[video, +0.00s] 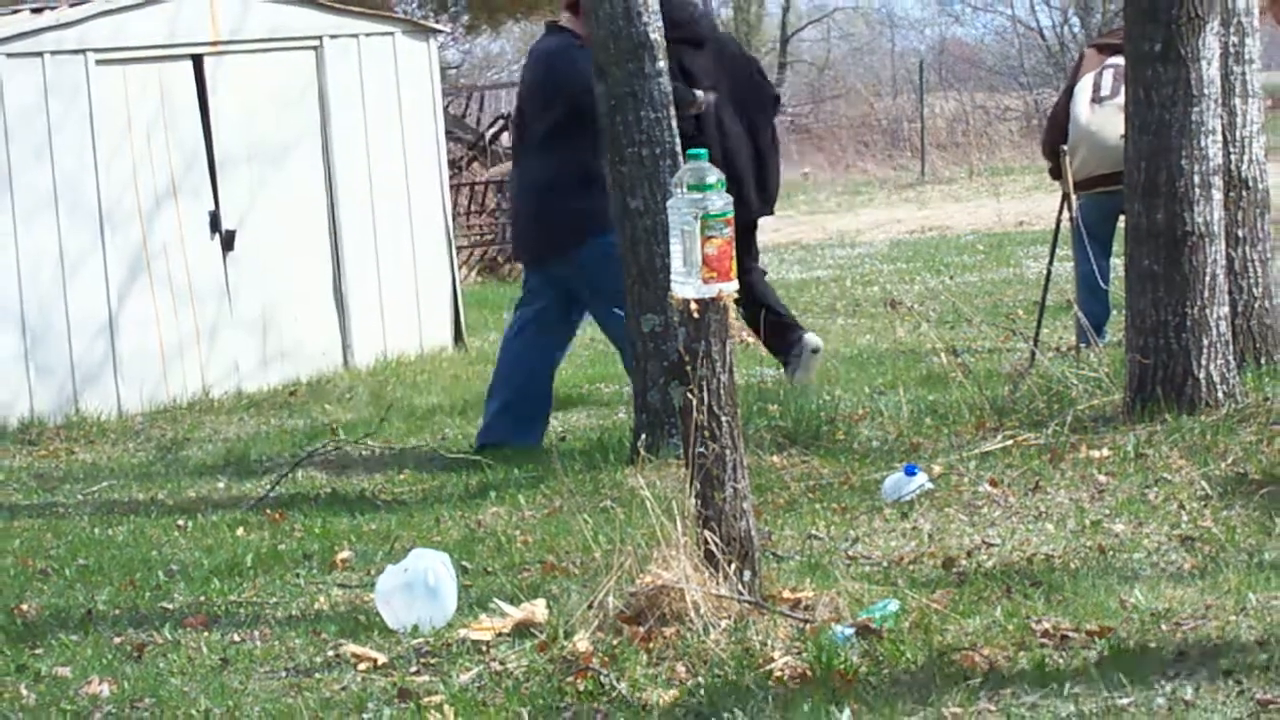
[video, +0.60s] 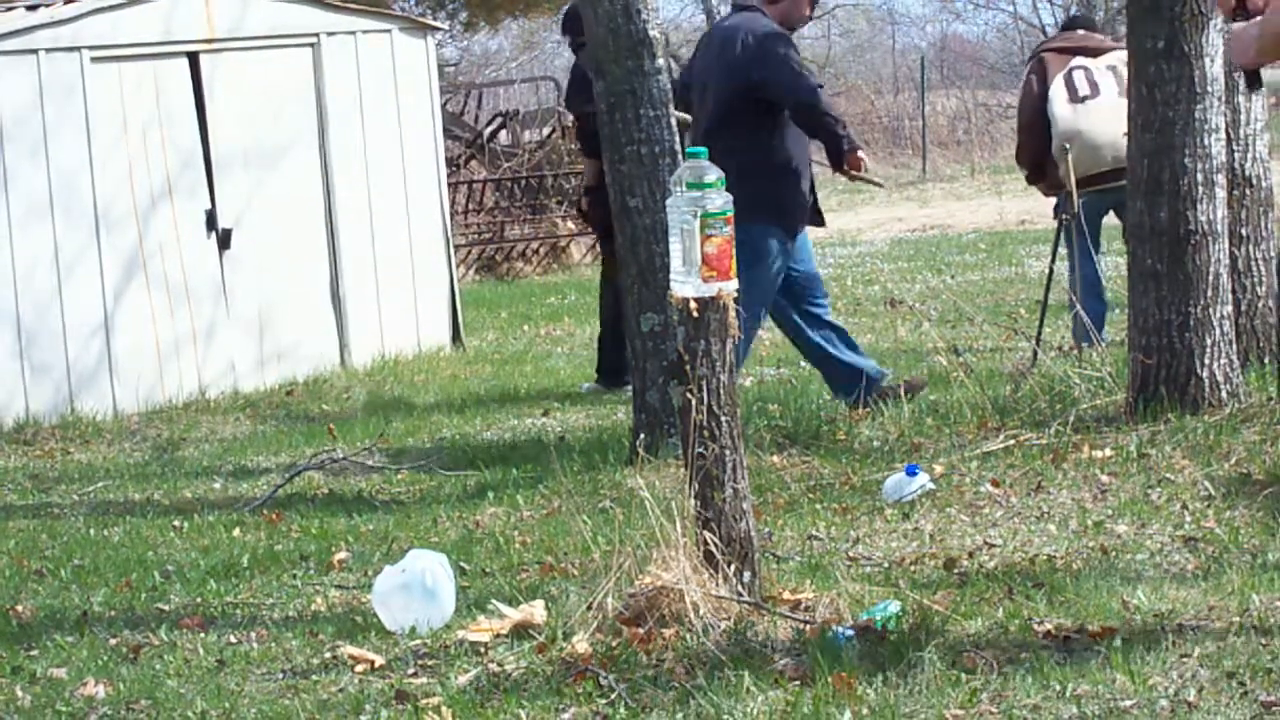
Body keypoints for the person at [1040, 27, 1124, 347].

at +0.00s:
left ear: (1115, 26)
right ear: (1148, 24)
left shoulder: (1091, 56)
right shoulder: (1163, 51)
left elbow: (1060, 117)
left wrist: (1058, 163)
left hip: (1095, 173)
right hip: (1150, 174)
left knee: (1091, 254)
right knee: (1154, 256)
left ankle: (1090, 341)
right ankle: (1157, 340)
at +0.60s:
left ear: (1059, 33)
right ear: (1097, 30)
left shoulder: (1044, 61)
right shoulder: (1122, 53)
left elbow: (1030, 126)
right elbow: (1149, 106)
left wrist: (1043, 177)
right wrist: (1147, 157)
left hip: (1080, 178)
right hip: (1133, 170)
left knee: (1083, 259)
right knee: (1150, 254)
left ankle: (1089, 339)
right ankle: (1162, 334)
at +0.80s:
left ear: (1037, 35)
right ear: (1073, 30)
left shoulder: (1026, 62)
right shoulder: (1108, 51)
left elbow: (1018, 129)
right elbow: (1140, 101)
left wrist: (1036, 183)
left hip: (1072, 177)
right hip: (1126, 166)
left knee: (1079, 264)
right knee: (1148, 250)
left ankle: (1088, 342)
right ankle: (1169, 328)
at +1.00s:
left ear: (1021, 38)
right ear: (1058, 30)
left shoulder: (1016, 65)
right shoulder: (1093, 50)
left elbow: (1014, 132)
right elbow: (1130, 96)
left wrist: (1025, 181)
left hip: (1064, 177)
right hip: (1120, 163)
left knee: (1075, 255)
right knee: (1122, 216)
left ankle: (1087, 341)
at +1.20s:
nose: (1017, 13)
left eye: (1018, 8)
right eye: (1020, 6)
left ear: (1025, 15)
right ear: (1054, 11)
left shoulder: (1016, 58)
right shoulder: (1096, 37)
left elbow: (1010, 126)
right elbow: (1125, 95)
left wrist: (1024, 180)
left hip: (1059, 171)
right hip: (1114, 159)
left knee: (1072, 251)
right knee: (1110, 236)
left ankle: (1086, 333)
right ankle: (1114, 315)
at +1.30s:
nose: (1017, 75)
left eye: (1018, 66)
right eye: (1015, 67)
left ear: (1028, 57)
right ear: (1056, 44)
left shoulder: (1026, 79)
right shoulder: (1099, 60)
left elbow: (1024, 133)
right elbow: (1126, 117)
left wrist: (1032, 179)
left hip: (1064, 170)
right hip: (1115, 162)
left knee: (1068, 249)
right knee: (1105, 245)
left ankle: (1085, 331)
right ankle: (1107, 325)